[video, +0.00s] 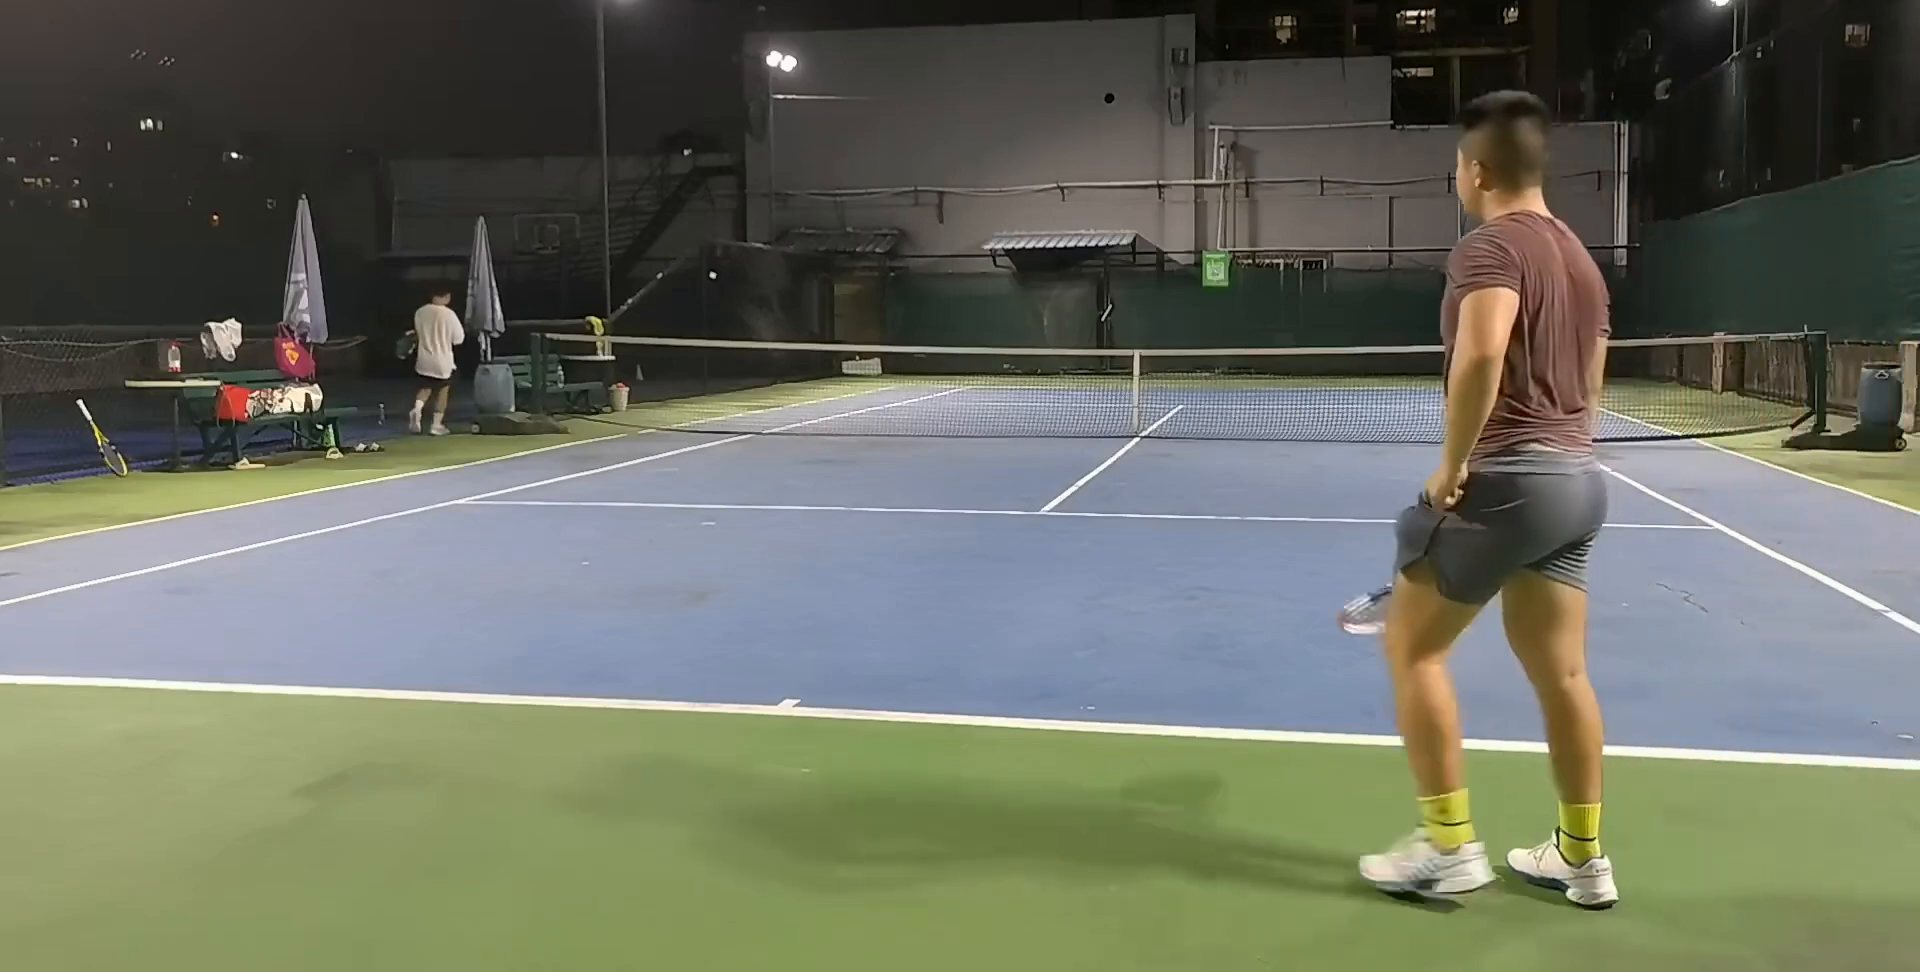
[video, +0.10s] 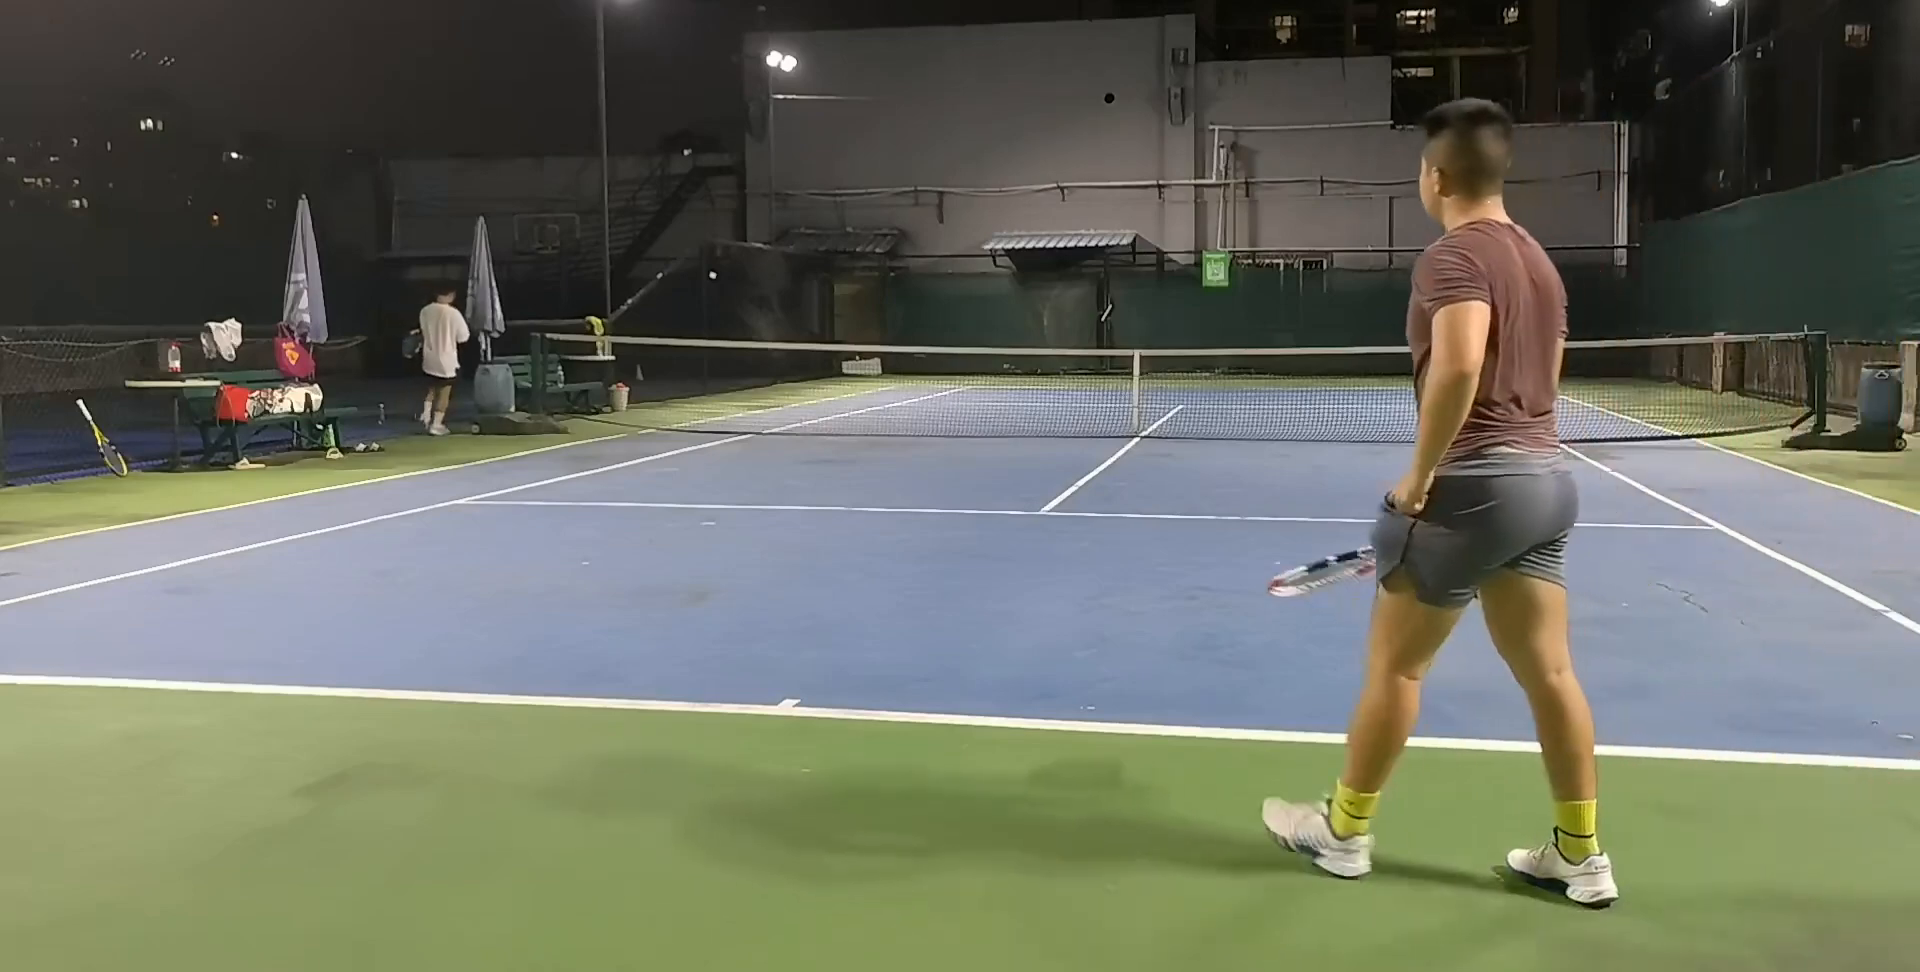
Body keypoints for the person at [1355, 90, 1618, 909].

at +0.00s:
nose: (1457, 176)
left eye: (1460, 163)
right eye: (1461, 162)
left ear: (1477, 169)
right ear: (1537, 169)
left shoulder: (1487, 246)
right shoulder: (1577, 258)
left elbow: (1480, 356)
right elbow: (1590, 384)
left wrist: (1451, 465)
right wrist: (1544, 450)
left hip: (1504, 478)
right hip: (1579, 477)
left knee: (1412, 644)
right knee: (1561, 667)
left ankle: (1448, 844)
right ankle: (1581, 854)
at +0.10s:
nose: (1420, 182)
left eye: (1423, 170)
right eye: (1424, 169)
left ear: (1438, 176)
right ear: (1501, 176)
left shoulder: (1453, 256)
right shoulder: (1538, 263)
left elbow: (1456, 371)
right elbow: (1540, 392)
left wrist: (1418, 478)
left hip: (1470, 483)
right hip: (1544, 478)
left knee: (1397, 664)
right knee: (1549, 670)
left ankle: (1343, 830)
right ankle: (1581, 855)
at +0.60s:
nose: (1241, 180)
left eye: (1244, 167)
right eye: (1244, 166)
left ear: (1258, 176)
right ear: (1315, 175)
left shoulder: (1263, 261)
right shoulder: (1364, 257)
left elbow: (1268, 373)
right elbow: (1400, 367)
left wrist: (1249, 473)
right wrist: (1417, 447)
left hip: (1297, 467)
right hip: (1362, 465)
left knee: (1288, 646)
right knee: (1303, 622)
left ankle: (1309, 821)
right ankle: (1343, 774)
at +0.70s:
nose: (1216, 184)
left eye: (1219, 172)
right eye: (1221, 171)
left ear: (1232, 180)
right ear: (1289, 180)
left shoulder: (1236, 264)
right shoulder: (1336, 260)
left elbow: (1243, 372)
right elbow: (1378, 367)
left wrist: (1227, 475)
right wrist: (1408, 451)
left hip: (1271, 469)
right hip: (1334, 467)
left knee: (1283, 653)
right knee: (1250, 612)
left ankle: (1312, 824)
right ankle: (1239, 772)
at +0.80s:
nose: (1188, 190)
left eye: (1192, 179)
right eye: (1192, 178)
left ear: (1207, 185)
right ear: (1265, 188)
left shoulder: (1210, 265)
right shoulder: (1308, 267)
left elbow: (1217, 376)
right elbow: (1350, 372)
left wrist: (1202, 477)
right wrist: (1387, 460)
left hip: (1245, 468)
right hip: (1304, 465)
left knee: (1267, 651)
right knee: (1217, 620)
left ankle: (1310, 821)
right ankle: (1166, 766)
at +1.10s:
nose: (1133, 195)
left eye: (1134, 187)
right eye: (1138, 187)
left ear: (1142, 189)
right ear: (1203, 193)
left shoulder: (1140, 259)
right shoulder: (1227, 277)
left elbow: (1137, 368)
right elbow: (1237, 389)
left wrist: (1119, 468)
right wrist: (1235, 472)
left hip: (1160, 460)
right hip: (1215, 459)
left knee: (1126, 636)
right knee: (1153, 621)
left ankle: (1245, 763)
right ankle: (1139, 772)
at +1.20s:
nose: (1114, 196)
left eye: (1115, 186)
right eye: (1121, 186)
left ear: (1123, 189)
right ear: (1181, 189)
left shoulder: (1124, 258)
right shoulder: (1205, 271)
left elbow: (1121, 368)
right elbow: (1203, 389)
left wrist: (1097, 464)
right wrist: (1172, 456)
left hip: (1138, 457)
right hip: (1191, 456)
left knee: (1075, 618)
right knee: (1151, 617)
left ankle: (1183, 750)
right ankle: (1141, 768)